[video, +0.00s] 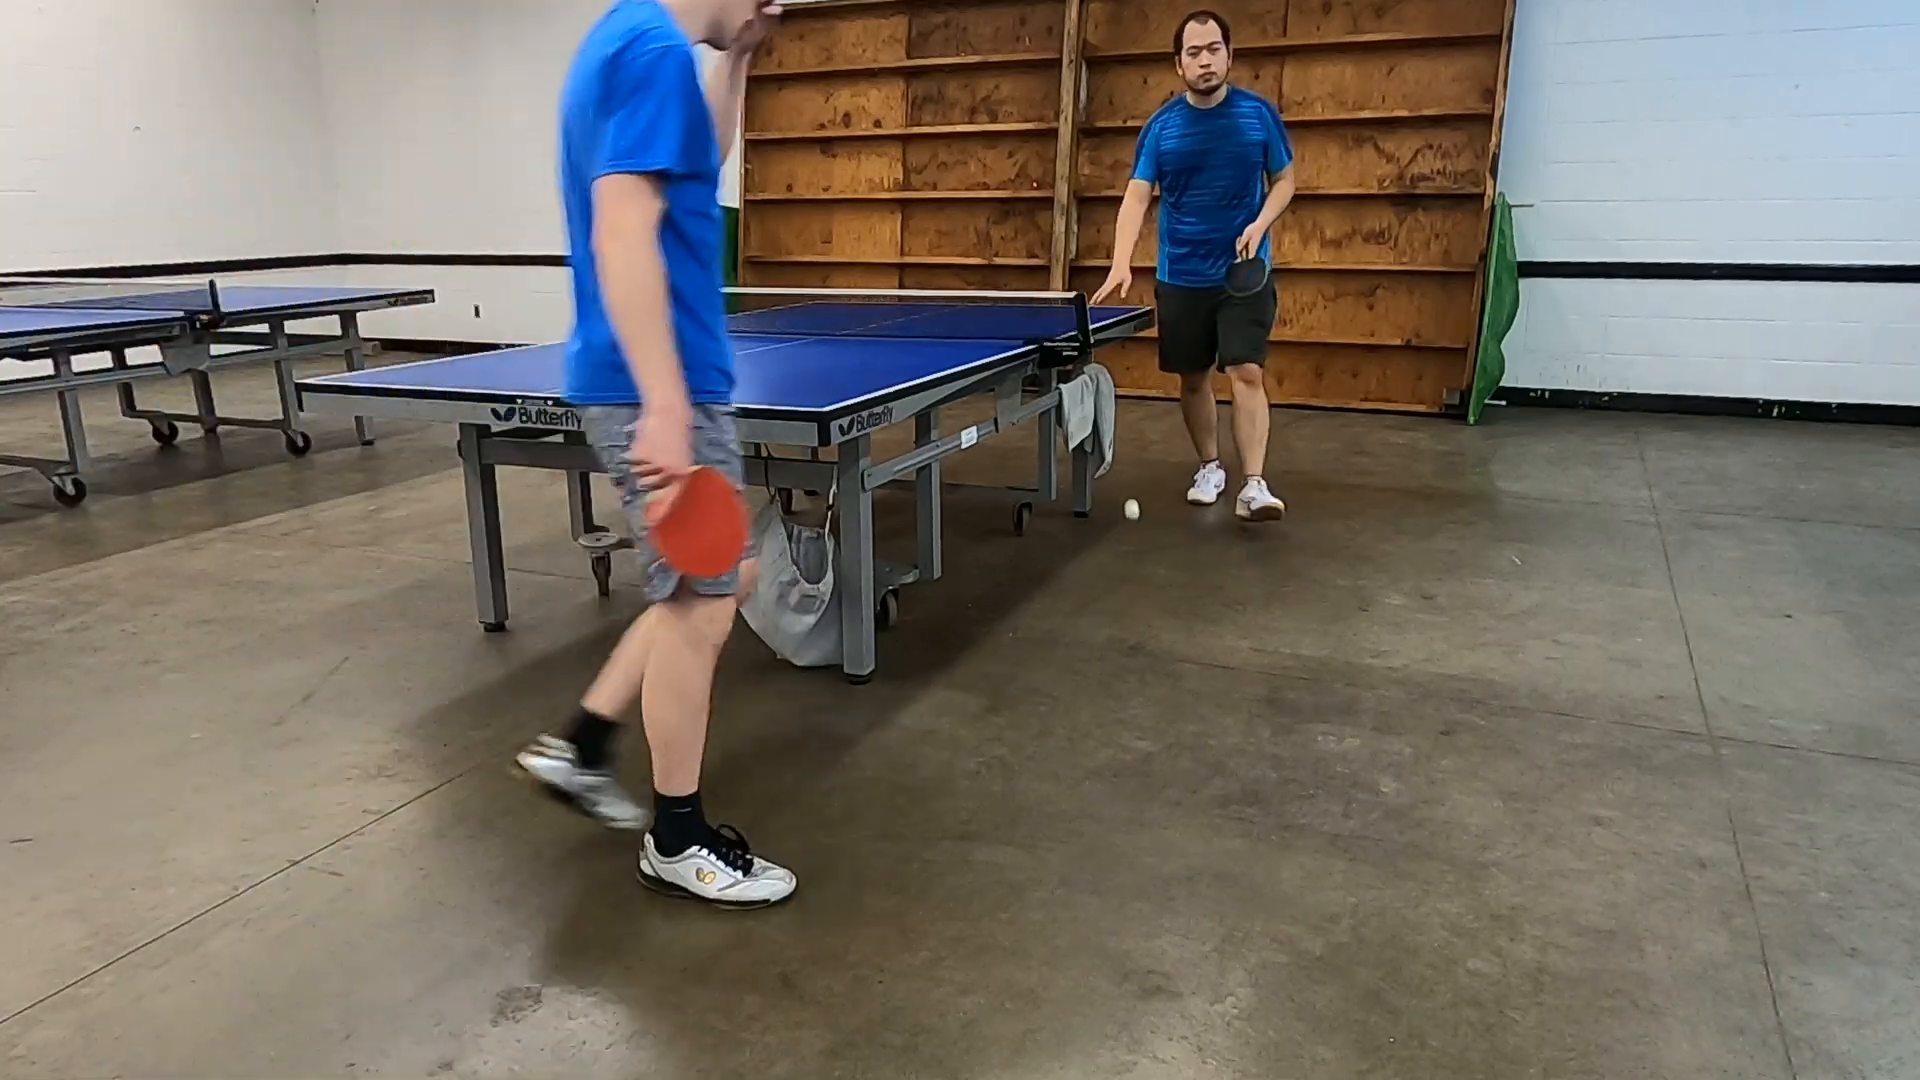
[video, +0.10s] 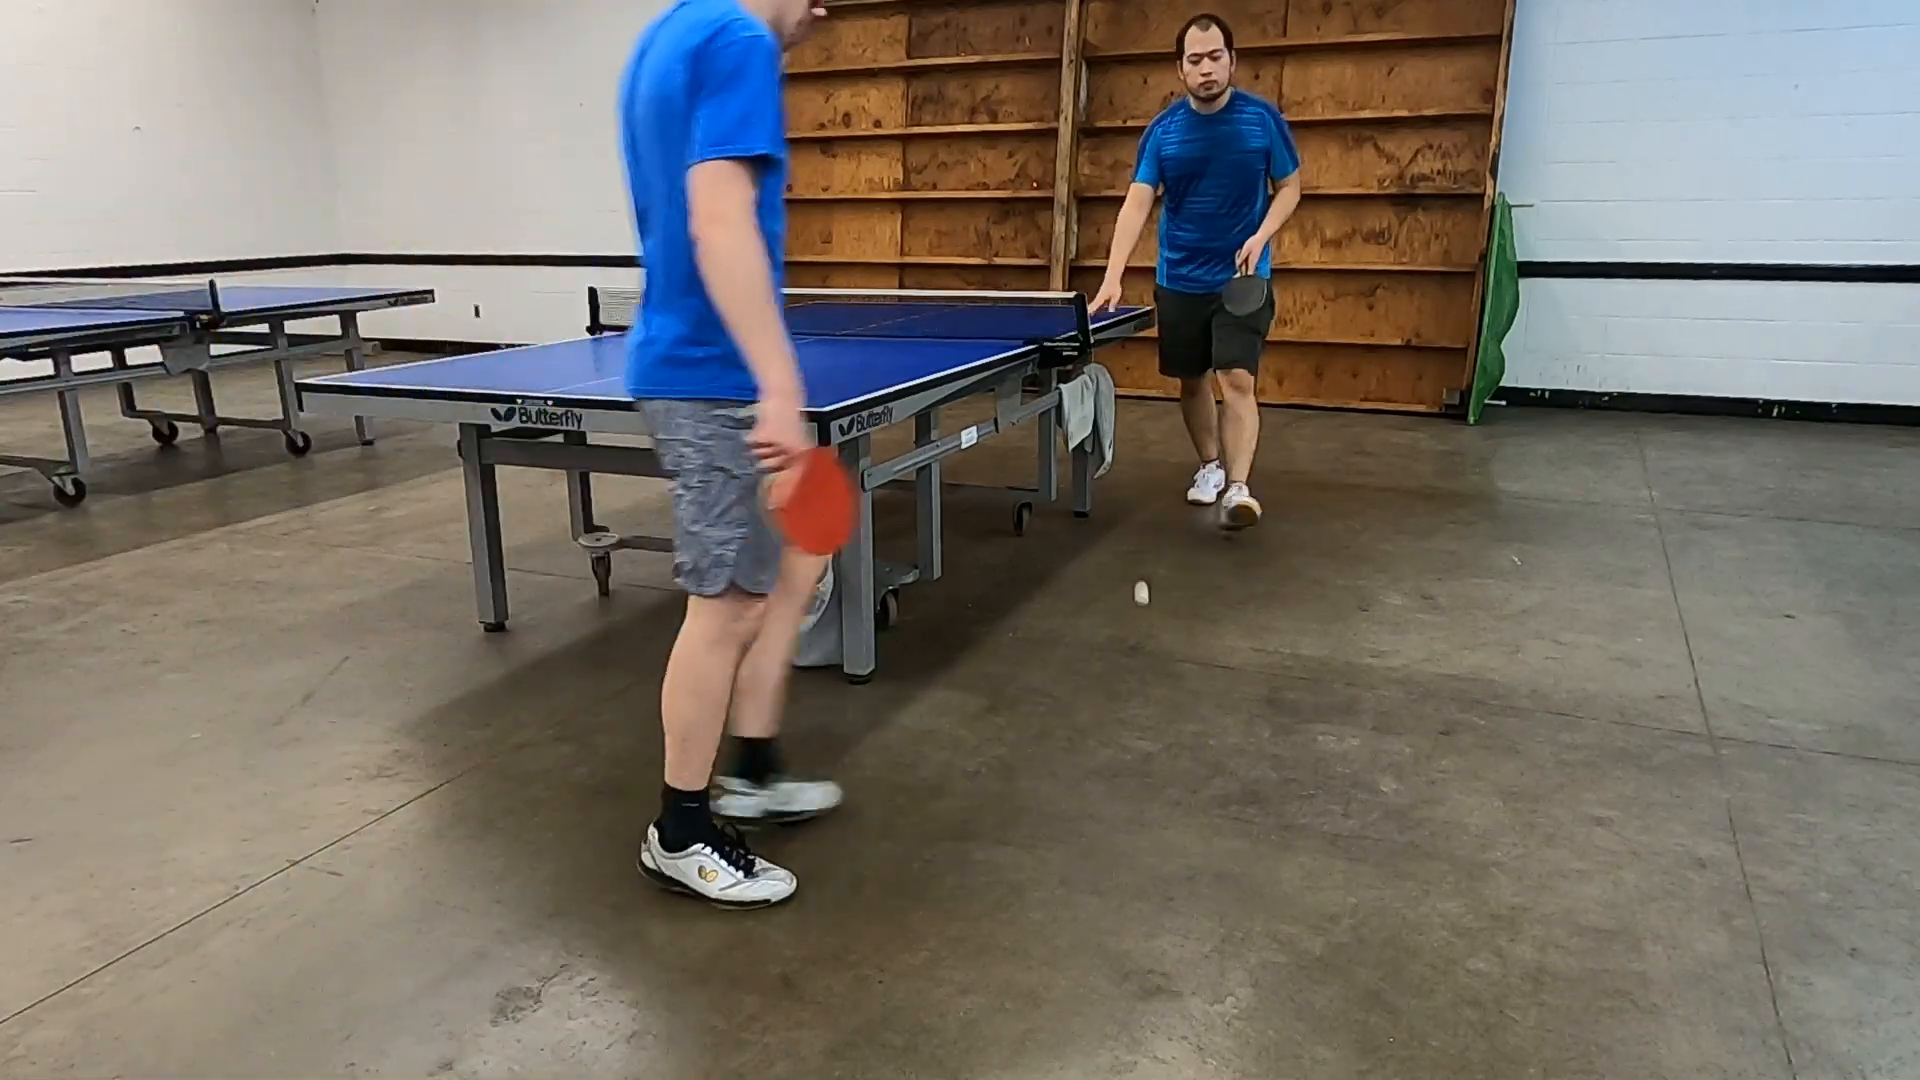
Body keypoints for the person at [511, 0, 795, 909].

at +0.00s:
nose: (765, 19)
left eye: (773, 11)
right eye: (767, 5)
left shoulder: (630, 42)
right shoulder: (654, 50)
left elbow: (698, 174)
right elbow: (621, 229)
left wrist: (730, 59)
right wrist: (665, 400)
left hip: (652, 384)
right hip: (655, 390)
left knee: (719, 570)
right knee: (703, 593)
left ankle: (581, 743)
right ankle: (677, 833)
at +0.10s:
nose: (821, 13)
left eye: (825, 7)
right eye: (821, 2)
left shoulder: (673, 37)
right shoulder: (737, 39)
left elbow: (686, 226)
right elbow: (721, 223)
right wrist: (780, 387)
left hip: (703, 377)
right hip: (714, 382)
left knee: (806, 546)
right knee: (725, 608)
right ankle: (680, 830)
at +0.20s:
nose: (865, 11)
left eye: (864, 5)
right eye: (865, 4)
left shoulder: (717, 53)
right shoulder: (805, 47)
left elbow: (735, 232)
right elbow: (811, 225)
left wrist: (814, 370)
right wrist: (895, 372)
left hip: (778, 381)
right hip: (784, 385)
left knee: (842, 575)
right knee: (774, 603)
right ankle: (688, 826)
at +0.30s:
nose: (909, 17)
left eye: (905, 11)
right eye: (908, 10)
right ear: (891, 0)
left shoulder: (765, 70)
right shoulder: (864, 62)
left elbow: (772, 237)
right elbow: (885, 235)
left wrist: (868, 326)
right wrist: (988, 363)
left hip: (818, 382)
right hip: (860, 389)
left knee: (915, 564)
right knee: (875, 607)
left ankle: (944, 760)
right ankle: (720, 803)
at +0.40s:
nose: (952, 13)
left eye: (950, 7)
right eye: (951, 5)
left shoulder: (815, 67)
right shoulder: (915, 56)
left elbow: (836, 241)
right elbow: (944, 231)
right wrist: (1053, 354)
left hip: (854, 377)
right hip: (912, 380)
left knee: (939, 573)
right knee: (981, 587)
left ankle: (949, 761)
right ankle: (811, 750)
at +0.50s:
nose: (1000, 15)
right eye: (1001, 11)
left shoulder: (855, 52)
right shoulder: (964, 42)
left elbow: (811, 205)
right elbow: (984, 217)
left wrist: (910, 208)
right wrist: (1092, 333)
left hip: (880, 362)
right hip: (957, 359)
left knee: (952, 550)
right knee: (1043, 553)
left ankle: (955, 755)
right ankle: (931, 742)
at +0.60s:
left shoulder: (883, 52)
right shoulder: (1014, 42)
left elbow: (821, 200)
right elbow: (1028, 212)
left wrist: (912, 252)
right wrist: (1123, 332)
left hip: (909, 356)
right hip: (999, 354)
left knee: (957, 547)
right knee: (1064, 543)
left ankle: (950, 762)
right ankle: (1057, 774)